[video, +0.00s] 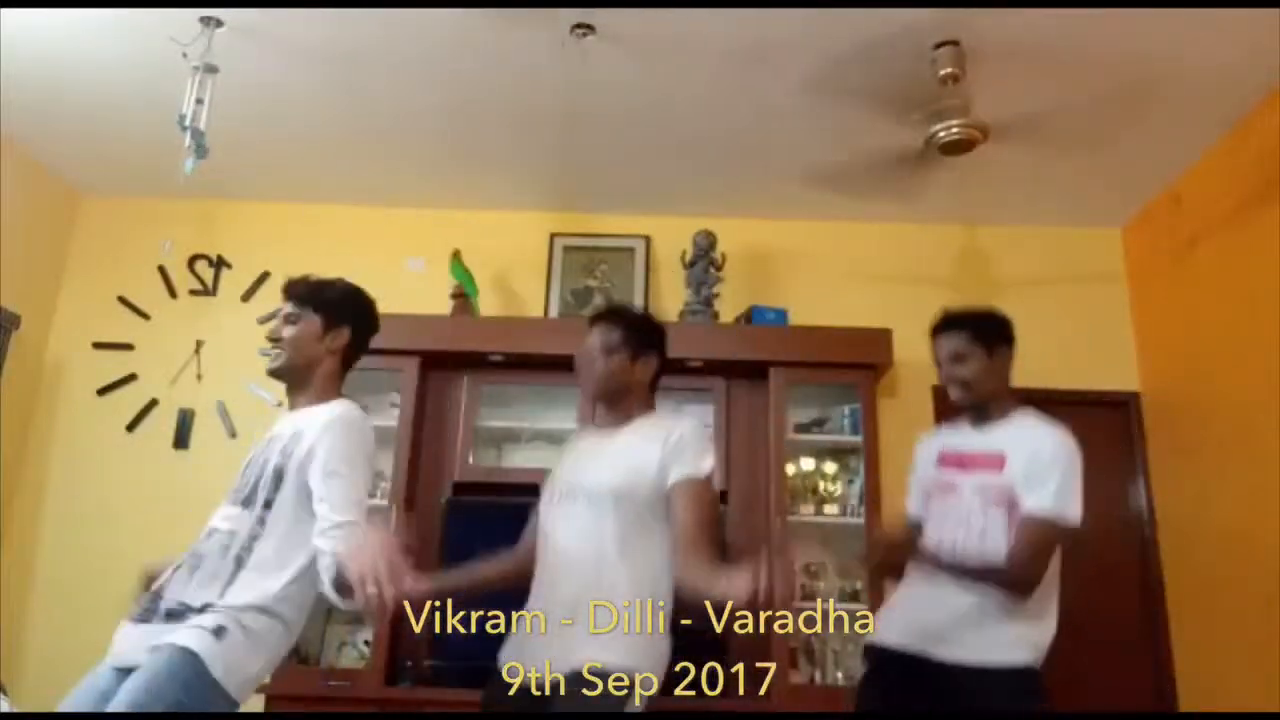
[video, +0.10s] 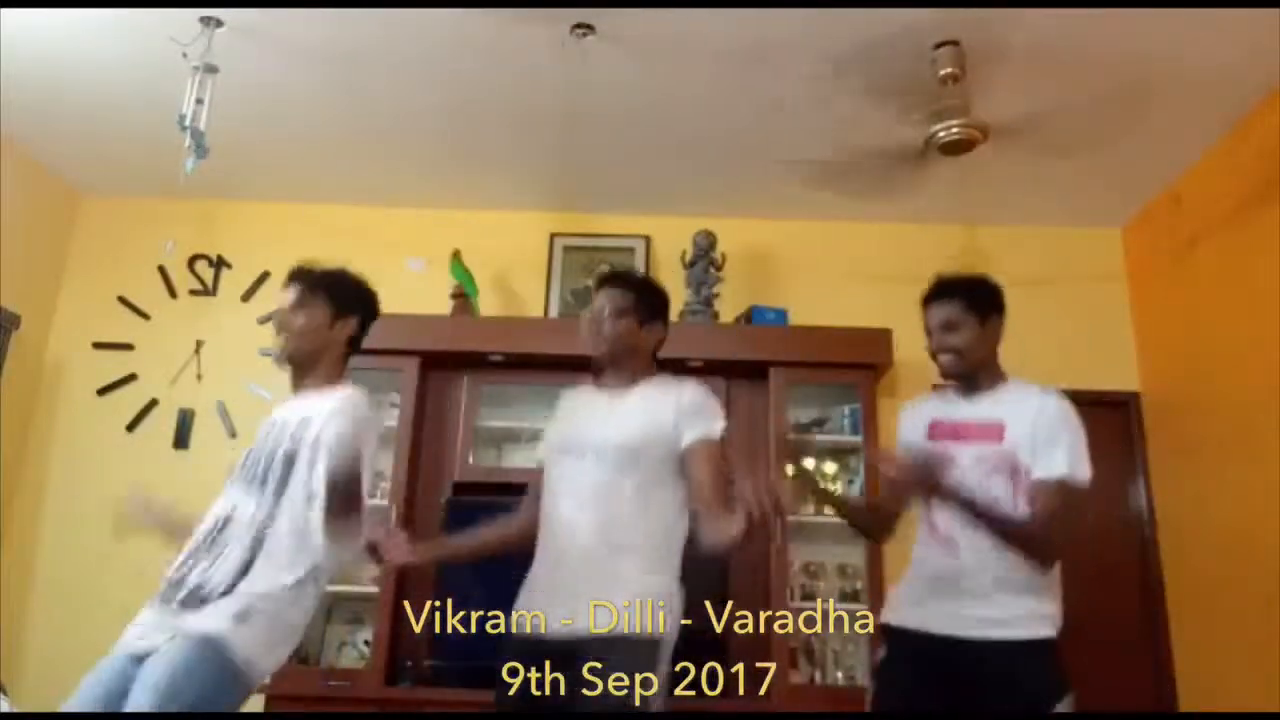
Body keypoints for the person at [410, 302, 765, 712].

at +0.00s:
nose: (587, 364)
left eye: (605, 353)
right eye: (586, 353)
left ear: (644, 367)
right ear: (582, 359)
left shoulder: (679, 436)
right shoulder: (578, 448)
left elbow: (693, 568)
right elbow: (524, 558)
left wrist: (739, 582)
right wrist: (426, 585)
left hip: (612, 671)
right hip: (531, 663)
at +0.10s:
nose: (600, 324)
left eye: (617, 314)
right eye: (595, 313)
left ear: (655, 334)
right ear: (584, 325)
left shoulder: (686, 402)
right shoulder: (572, 403)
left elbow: (711, 533)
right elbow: (529, 521)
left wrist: (741, 518)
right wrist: (422, 551)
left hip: (629, 632)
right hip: (542, 625)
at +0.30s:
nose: (618, 302)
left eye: (634, 292)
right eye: (611, 292)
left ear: (666, 315)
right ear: (599, 306)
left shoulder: (699, 387)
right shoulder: (574, 381)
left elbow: (747, 507)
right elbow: (537, 486)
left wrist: (755, 462)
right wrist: (489, 533)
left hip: (662, 609)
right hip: (564, 604)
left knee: (657, 707)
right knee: (543, 708)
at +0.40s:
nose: (632, 328)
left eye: (648, 318)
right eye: (622, 316)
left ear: (675, 334)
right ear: (609, 327)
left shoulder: (701, 412)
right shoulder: (576, 404)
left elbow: (752, 504)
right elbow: (543, 494)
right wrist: (520, 546)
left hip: (671, 637)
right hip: (573, 632)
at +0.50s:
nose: (648, 370)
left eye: (663, 361)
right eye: (639, 360)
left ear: (685, 389)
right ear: (623, 381)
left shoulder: (713, 468)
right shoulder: (578, 466)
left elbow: (800, 534)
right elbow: (526, 573)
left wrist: (778, 416)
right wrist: (567, 609)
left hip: (686, 694)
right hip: (584, 693)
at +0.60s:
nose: (653, 397)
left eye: (671, 390)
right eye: (643, 388)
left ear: (693, 416)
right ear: (630, 408)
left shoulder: (719, 485)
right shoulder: (586, 487)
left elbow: (812, 515)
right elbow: (531, 601)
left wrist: (778, 402)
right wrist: (614, 620)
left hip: (693, 697)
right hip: (593, 698)